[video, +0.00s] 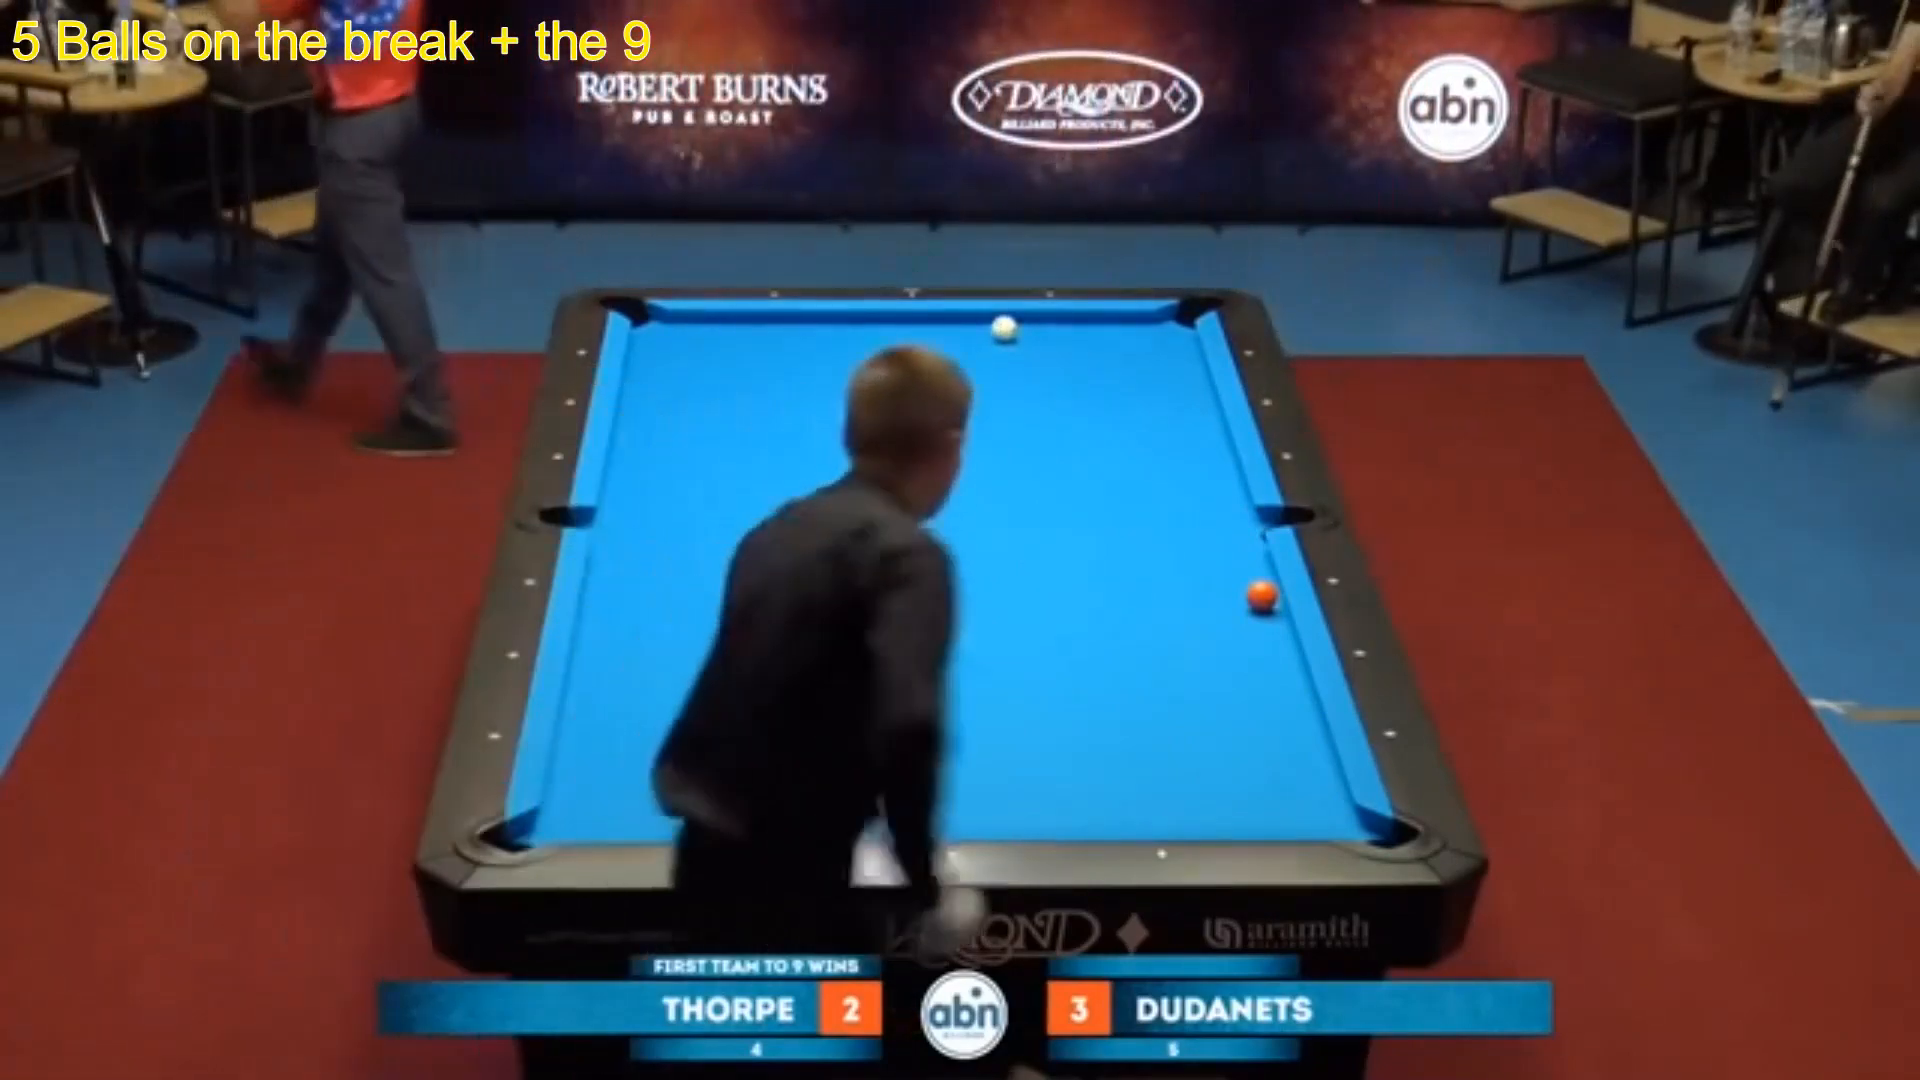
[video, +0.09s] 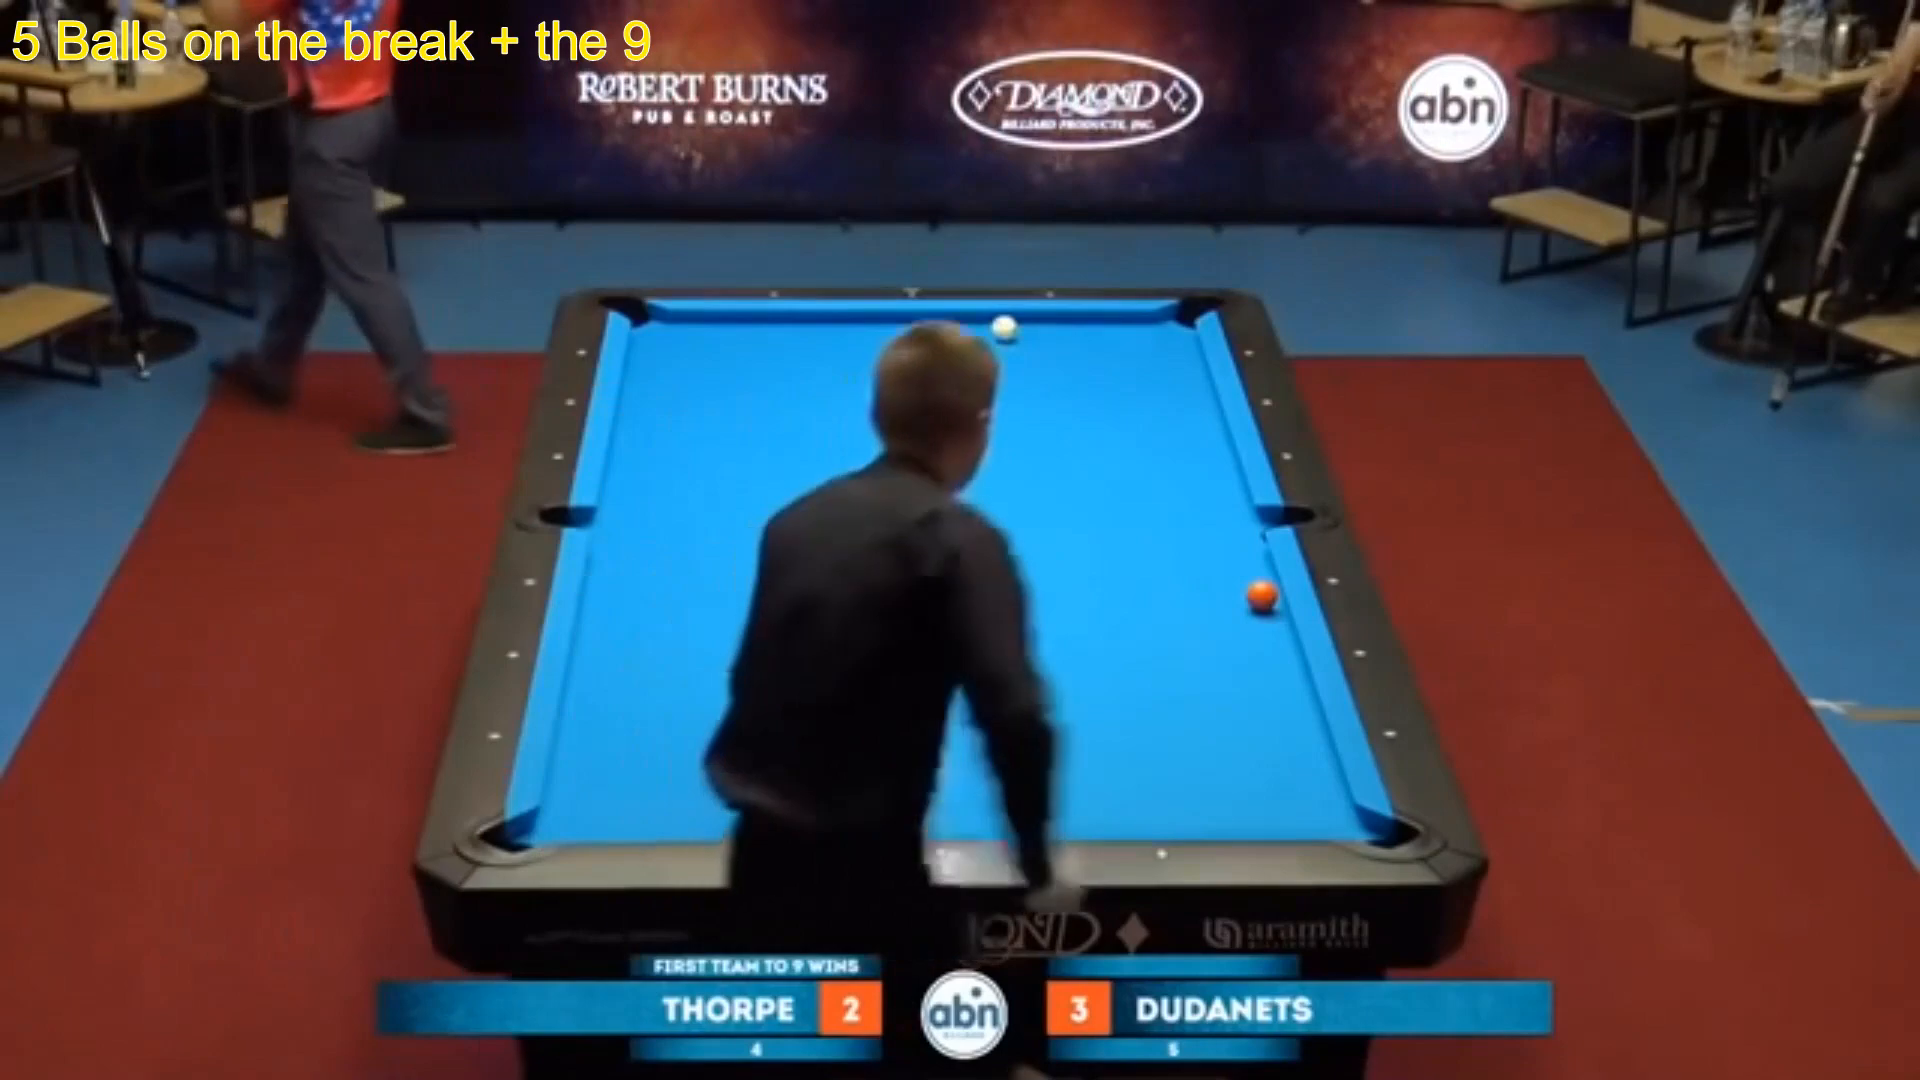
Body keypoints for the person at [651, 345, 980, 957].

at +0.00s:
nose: (959, 462)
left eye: (961, 445)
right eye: (959, 445)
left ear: (855, 435)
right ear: (946, 447)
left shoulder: (777, 531)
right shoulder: (908, 555)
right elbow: (908, 722)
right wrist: (922, 875)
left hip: (708, 850)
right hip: (801, 861)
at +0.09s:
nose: (987, 434)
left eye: (984, 416)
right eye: (984, 418)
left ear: (881, 417)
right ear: (972, 428)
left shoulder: (797, 522)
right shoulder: (959, 542)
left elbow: (761, 681)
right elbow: (1013, 713)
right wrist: (1035, 857)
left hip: (762, 857)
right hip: (868, 867)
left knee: (770, 1044)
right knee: (895, 1054)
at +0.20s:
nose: (1027, 415)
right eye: (1026, 402)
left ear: (922, 405)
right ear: (1019, 416)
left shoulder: (838, 517)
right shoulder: (1034, 526)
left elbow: (790, 687)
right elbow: (1153, 689)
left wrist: (845, 777)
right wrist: (1176, 792)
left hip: (849, 853)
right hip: (975, 858)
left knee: (878, 1047)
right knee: (1002, 1046)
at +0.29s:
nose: (1064, 415)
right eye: (1063, 401)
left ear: (957, 407)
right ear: (1058, 417)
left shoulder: (877, 519)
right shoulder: (1085, 524)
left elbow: (827, 699)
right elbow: (1224, 671)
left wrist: (892, 779)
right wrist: (1236, 753)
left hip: (909, 848)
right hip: (1040, 855)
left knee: (913, 1050)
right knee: (1047, 1053)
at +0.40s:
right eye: (1121, 403)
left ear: (1021, 409)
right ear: (1122, 419)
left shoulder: (953, 513)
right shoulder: (1163, 522)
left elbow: (896, 685)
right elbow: (1278, 648)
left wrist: (944, 790)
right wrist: (1265, 701)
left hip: (989, 833)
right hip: (1127, 837)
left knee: (985, 1034)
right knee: (1135, 1038)